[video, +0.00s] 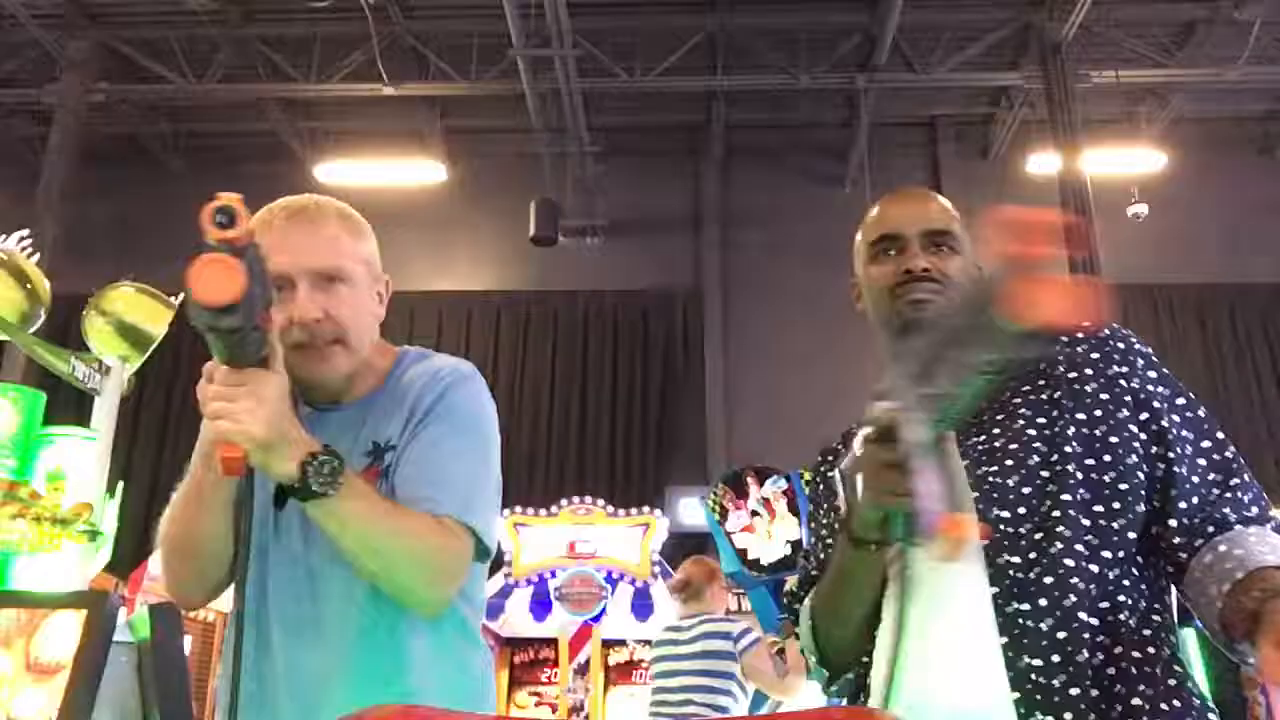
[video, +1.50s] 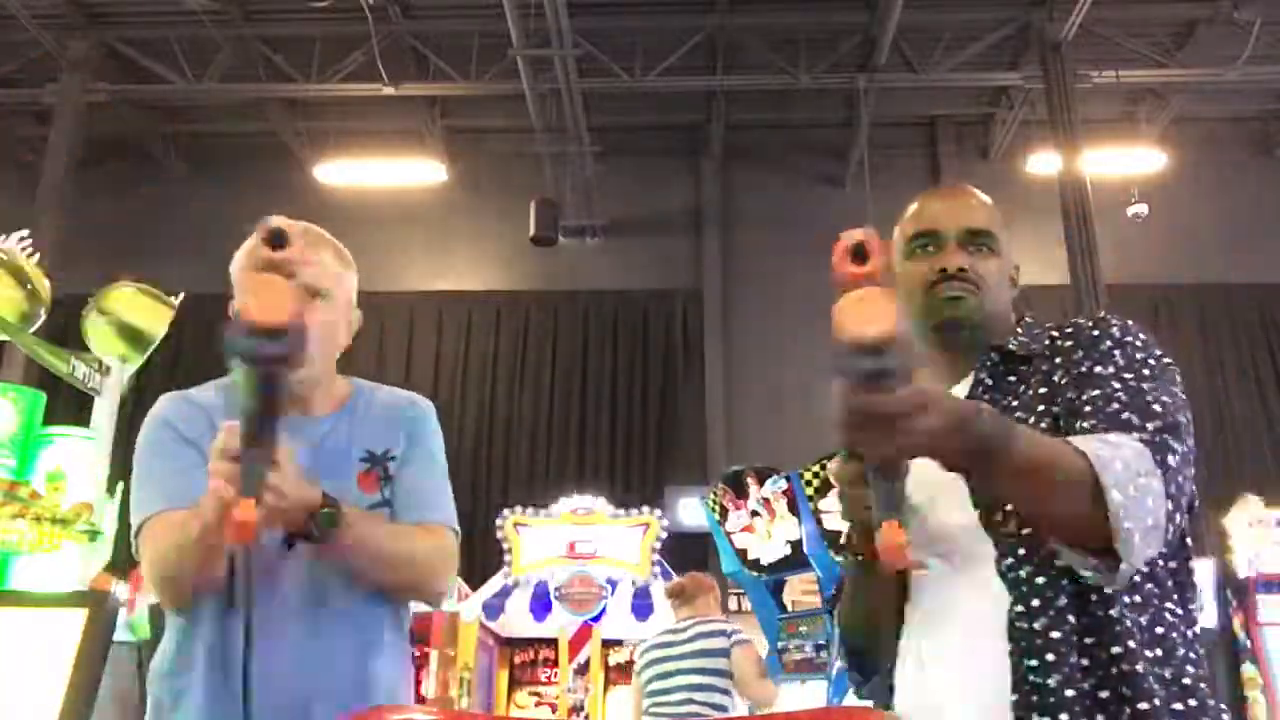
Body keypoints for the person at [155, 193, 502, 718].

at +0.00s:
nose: (305, 312)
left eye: (331, 282)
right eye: (279, 288)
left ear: (381, 297)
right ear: (253, 309)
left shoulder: (446, 391)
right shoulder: (253, 406)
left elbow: (433, 578)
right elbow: (188, 585)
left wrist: (296, 455)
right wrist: (219, 434)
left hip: (417, 709)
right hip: (265, 706)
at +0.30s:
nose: (326, 264)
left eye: (355, 240)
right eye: (304, 241)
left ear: (407, 267)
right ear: (277, 266)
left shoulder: (478, 382)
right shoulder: (249, 387)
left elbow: (561, 560)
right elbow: (156, 567)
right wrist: (182, 396)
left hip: (445, 703)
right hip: (281, 702)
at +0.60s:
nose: (286, 294)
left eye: (312, 275)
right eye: (263, 273)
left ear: (355, 300)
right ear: (234, 292)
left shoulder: (410, 423)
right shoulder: (182, 401)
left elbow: (452, 566)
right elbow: (110, 545)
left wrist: (452, 664)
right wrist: (133, 407)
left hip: (354, 712)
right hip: (187, 708)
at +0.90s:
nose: (311, 300)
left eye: (336, 281)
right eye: (289, 277)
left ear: (377, 306)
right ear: (259, 296)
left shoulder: (424, 410)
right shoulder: (199, 398)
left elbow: (443, 566)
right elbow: (160, 573)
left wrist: (302, 482)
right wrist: (179, 506)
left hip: (370, 706)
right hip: (212, 703)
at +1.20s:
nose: (295, 309)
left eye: (320, 291)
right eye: (274, 288)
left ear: (360, 314)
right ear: (241, 306)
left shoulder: (405, 418)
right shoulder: (198, 408)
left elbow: (419, 568)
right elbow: (154, 582)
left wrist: (276, 485)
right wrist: (161, 478)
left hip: (343, 706)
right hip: (199, 705)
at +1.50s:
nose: (290, 315)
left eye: (315, 297)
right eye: (272, 295)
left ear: (353, 323)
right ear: (238, 314)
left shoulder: (404, 421)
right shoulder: (180, 419)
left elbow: (435, 571)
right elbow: (171, 585)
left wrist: (316, 512)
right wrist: (217, 508)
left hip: (356, 710)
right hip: (206, 709)